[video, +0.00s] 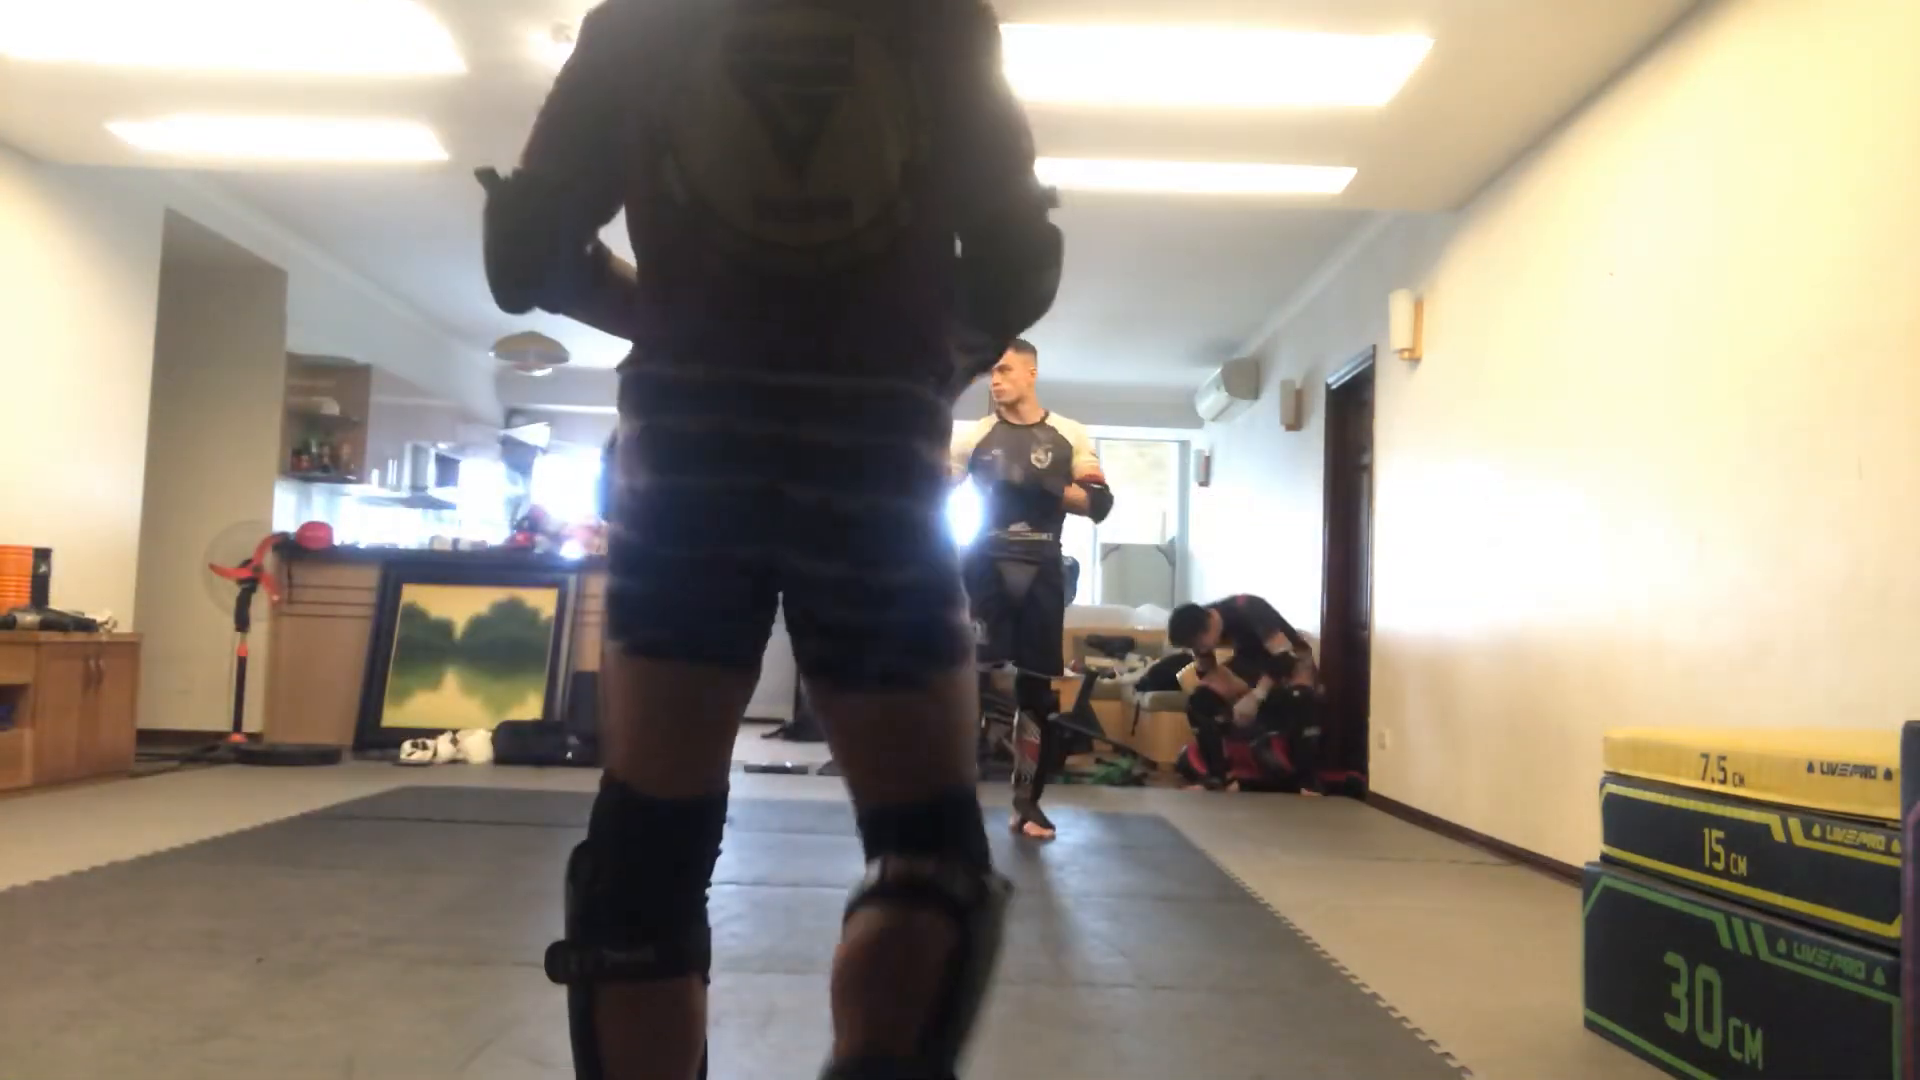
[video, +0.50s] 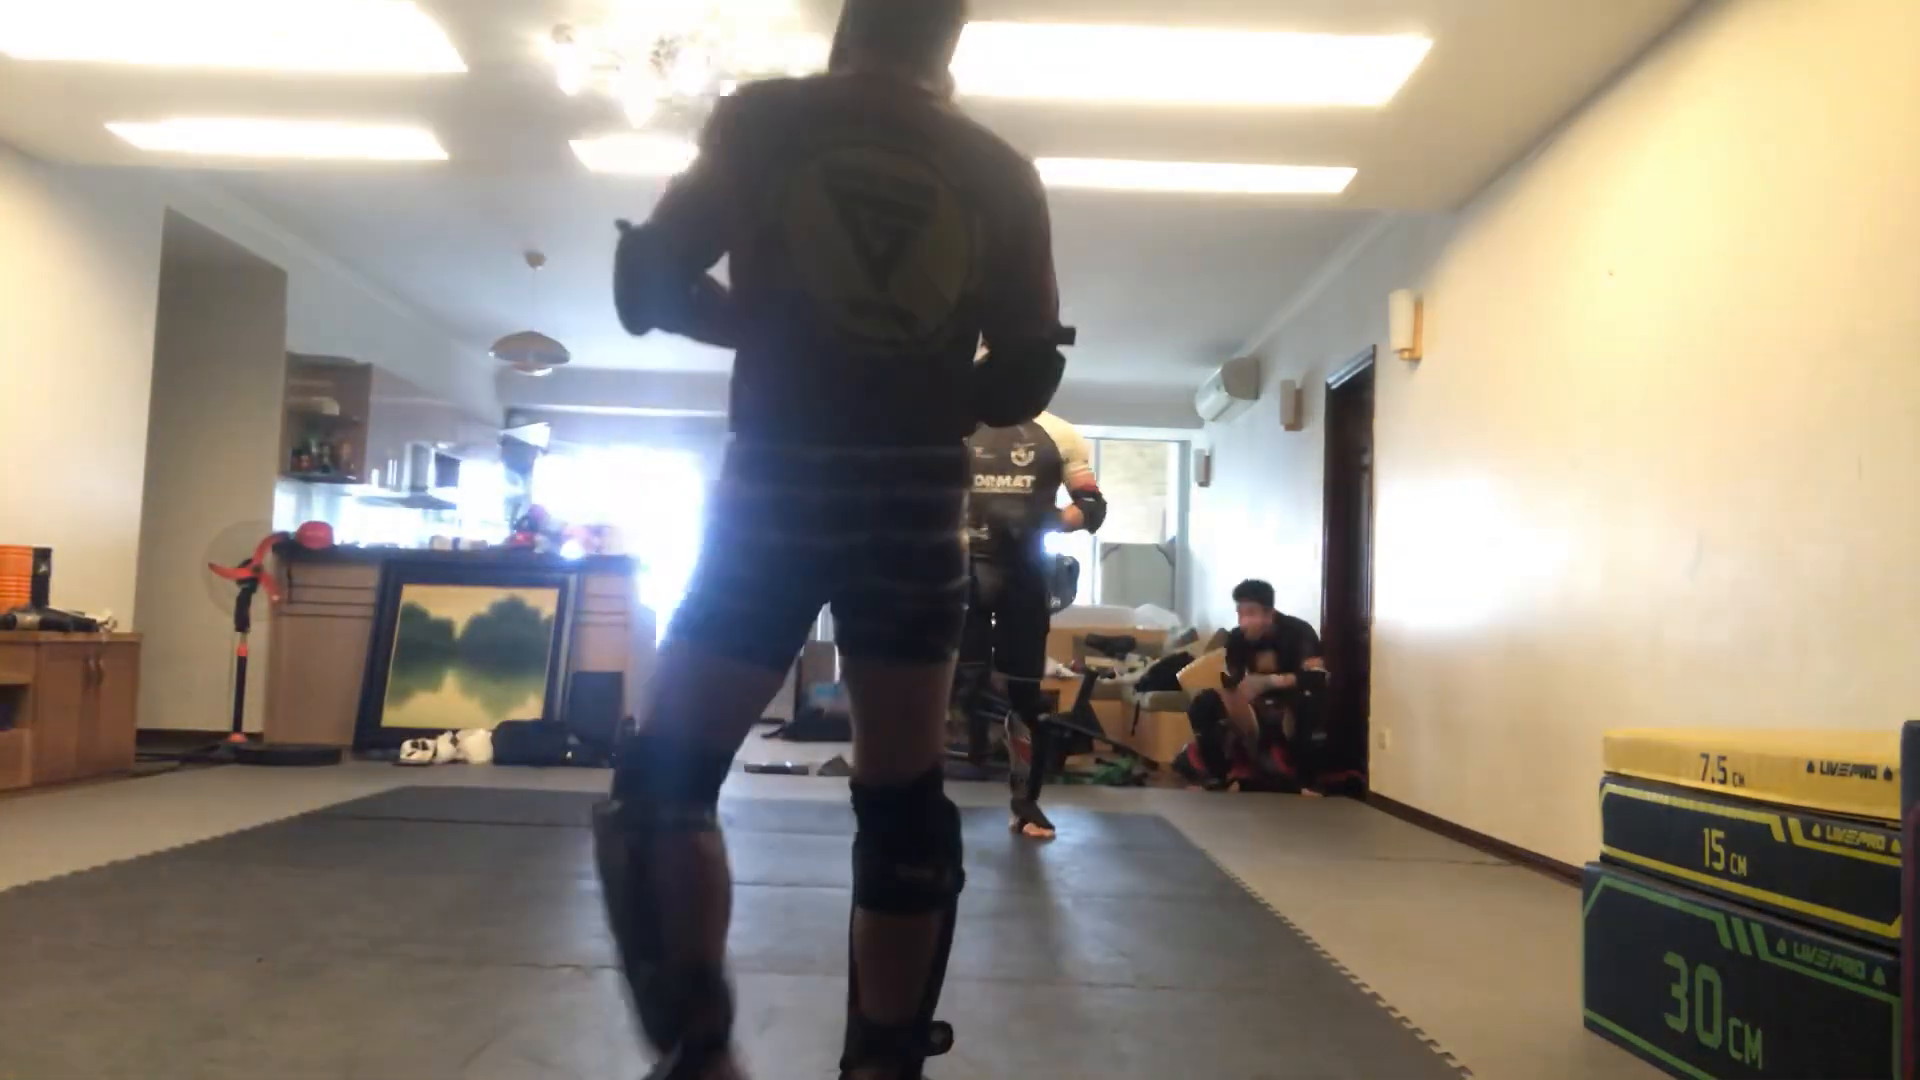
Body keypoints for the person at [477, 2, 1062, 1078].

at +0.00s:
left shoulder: (644, 18)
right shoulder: (938, 19)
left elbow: (528, 248)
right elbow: (1020, 257)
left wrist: (664, 311)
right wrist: (926, 347)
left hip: (686, 448)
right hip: (872, 456)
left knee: (645, 865)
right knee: (927, 854)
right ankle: (870, 1061)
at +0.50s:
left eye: (863, 37)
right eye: (945, 47)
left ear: (842, 34)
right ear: (947, 55)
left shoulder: (765, 116)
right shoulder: (1000, 170)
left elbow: (648, 287)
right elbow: (1026, 380)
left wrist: (765, 328)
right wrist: (922, 387)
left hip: (772, 498)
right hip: (915, 511)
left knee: (672, 777)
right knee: (902, 798)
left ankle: (700, 1055)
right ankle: (883, 1063)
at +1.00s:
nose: (803, 158)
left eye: (799, 139)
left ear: (799, 141)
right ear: (890, 151)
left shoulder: (745, 217)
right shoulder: (944, 248)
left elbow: (664, 356)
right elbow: (986, 412)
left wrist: (763, 377)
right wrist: (908, 450)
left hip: (750, 536)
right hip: (874, 546)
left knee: (738, 759)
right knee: (885, 774)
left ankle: (739, 997)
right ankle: (873, 1036)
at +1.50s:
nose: (845, 243)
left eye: (826, 223)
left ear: (820, 220)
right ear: (897, 235)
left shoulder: (768, 272)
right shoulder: (931, 302)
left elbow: (684, 372)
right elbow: (972, 442)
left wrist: (763, 413)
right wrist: (898, 475)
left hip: (768, 551)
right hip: (871, 557)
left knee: (741, 752)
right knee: (868, 751)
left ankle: (739, 973)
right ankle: (848, 946)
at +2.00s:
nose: (817, 277)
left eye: (819, 266)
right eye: (823, 268)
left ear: (831, 266)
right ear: (899, 274)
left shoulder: (797, 324)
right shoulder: (944, 351)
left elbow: (727, 426)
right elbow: (961, 465)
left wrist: (795, 450)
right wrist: (891, 479)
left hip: (801, 566)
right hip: (890, 574)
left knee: (787, 729)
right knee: (876, 741)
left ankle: (778, 894)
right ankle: (850, 936)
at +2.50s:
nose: (821, 324)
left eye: (822, 315)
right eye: (821, 316)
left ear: (839, 310)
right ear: (894, 311)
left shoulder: (822, 361)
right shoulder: (957, 377)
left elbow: (768, 454)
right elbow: (980, 480)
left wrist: (813, 496)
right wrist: (919, 507)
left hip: (837, 567)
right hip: (913, 573)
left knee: (807, 726)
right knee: (930, 725)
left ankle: (791, 898)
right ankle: (963, 877)